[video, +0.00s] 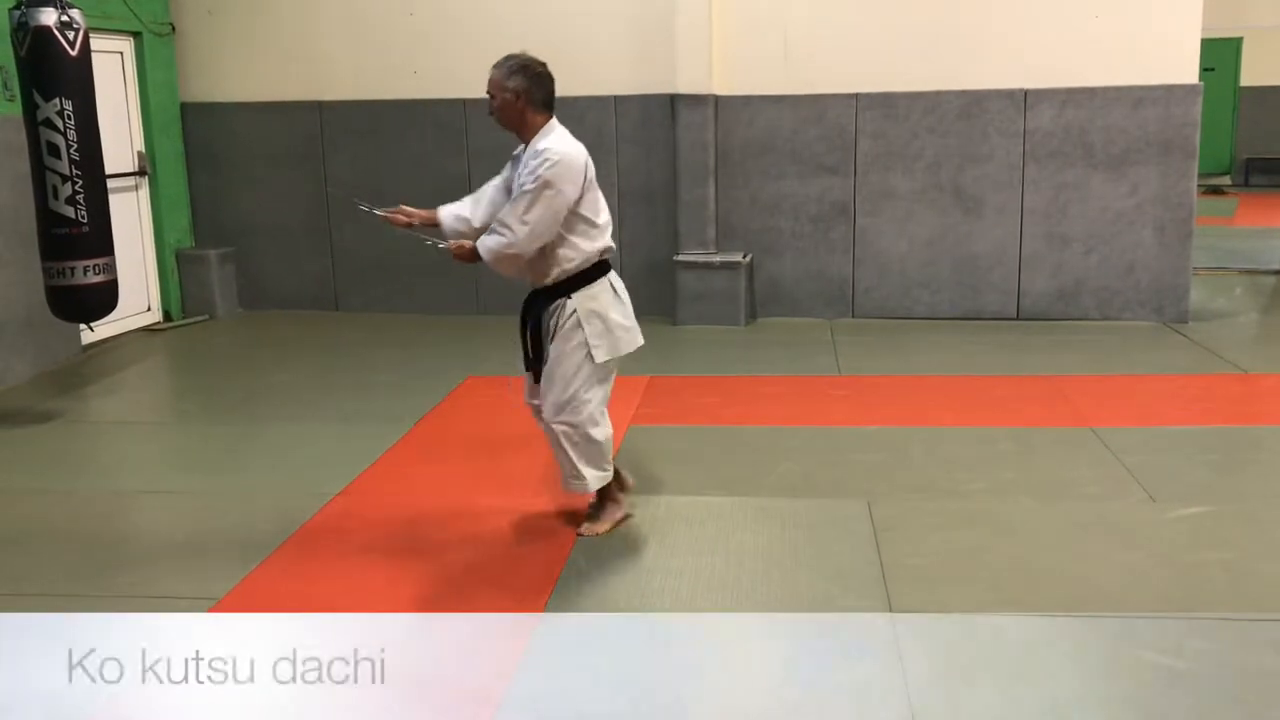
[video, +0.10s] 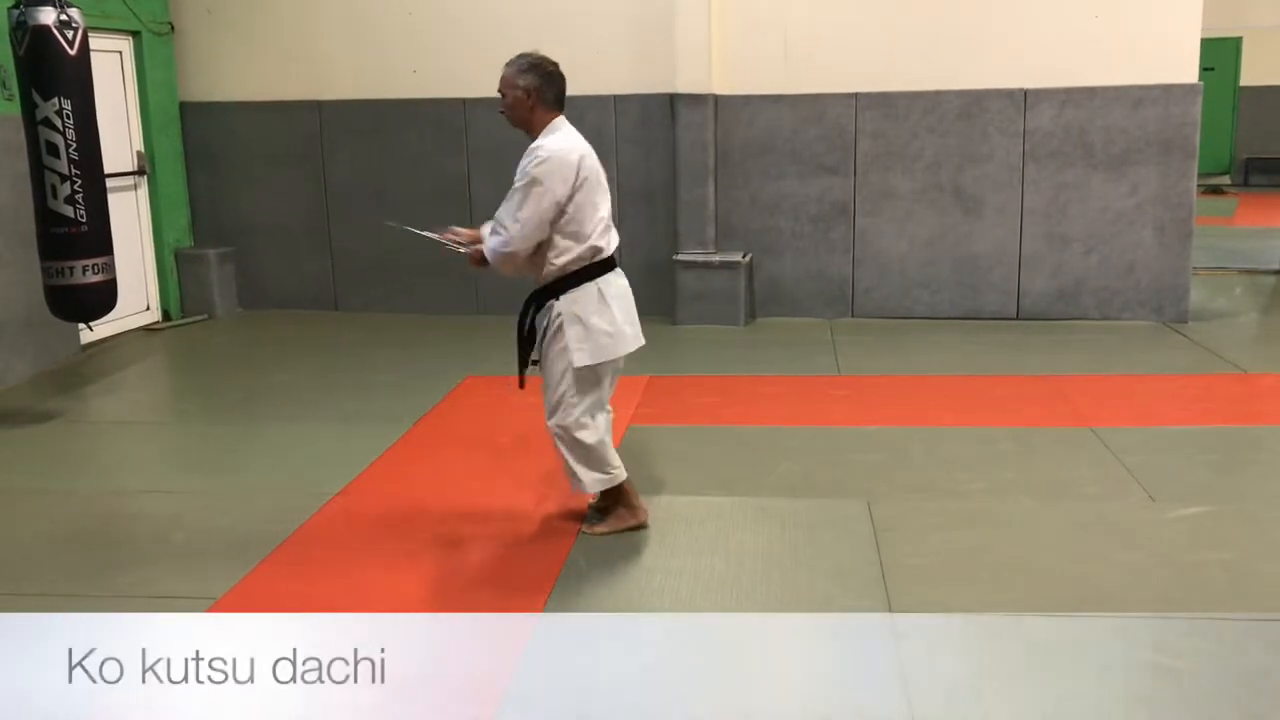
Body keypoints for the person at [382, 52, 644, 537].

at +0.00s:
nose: (488, 105)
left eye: (494, 97)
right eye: (489, 96)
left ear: (521, 99)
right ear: (522, 100)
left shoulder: (558, 156)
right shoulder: (528, 154)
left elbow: (522, 238)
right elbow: (485, 203)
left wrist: (479, 248)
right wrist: (427, 218)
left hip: (582, 299)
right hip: (551, 299)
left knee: (568, 407)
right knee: (542, 399)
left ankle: (610, 498)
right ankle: (607, 475)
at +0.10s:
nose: (499, 104)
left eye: (504, 94)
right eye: (500, 94)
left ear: (531, 96)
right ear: (536, 96)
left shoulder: (552, 155)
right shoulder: (565, 145)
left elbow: (516, 242)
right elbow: (523, 219)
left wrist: (485, 249)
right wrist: (482, 234)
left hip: (579, 303)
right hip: (595, 294)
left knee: (569, 415)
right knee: (585, 408)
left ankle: (628, 507)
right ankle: (610, 497)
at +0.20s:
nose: (509, 106)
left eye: (515, 96)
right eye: (509, 96)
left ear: (540, 98)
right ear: (556, 100)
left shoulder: (538, 157)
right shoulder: (602, 155)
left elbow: (507, 250)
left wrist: (526, 265)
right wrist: (543, 259)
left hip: (574, 311)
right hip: (619, 300)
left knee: (570, 418)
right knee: (613, 408)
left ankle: (627, 506)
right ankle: (612, 494)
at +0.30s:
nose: (517, 105)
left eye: (522, 95)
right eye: (517, 95)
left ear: (544, 95)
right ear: (567, 98)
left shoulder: (524, 157)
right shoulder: (621, 155)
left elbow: (515, 244)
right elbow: (628, 234)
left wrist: (549, 269)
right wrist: (603, 273)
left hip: (563, 306)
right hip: (619, 300)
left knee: (560, 415)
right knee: (617, 407)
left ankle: (622, 496)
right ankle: (613, 493)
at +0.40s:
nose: (525, 106)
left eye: (529, 96)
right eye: (525, 96)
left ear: (547, 96)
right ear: (577, 99)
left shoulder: (521, 157)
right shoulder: (624, 154)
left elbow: (517, 229)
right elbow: (647, 234)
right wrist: (653, 282)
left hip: (550, 304)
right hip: (612, 299)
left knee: (527, 402)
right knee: (620, 402)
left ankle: (586, 478)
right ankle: (622, 496)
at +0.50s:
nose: (530, 108)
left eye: (533, 99)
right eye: (532, 100)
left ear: (547, 101)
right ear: (585, 106)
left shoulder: (521, 159)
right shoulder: (621, 159)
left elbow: (527, 234)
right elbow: (651, 238)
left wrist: (607, 254)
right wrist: (678, 288)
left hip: (538, 305)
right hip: (602, 305)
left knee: (497, 398)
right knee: (619, 401)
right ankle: (619, 494)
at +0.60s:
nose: (533, 111)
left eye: (535, 104)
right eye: (535, 104)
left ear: (546, 107)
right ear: (585, 113)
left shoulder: (519, 163)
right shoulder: (616, 166)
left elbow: (532, 236)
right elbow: (642, 244)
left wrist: (605, 265)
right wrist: (679, 291)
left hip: (523, 303)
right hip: (588, 306)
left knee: (476, 394)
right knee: (614, 398)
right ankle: (617, 495)